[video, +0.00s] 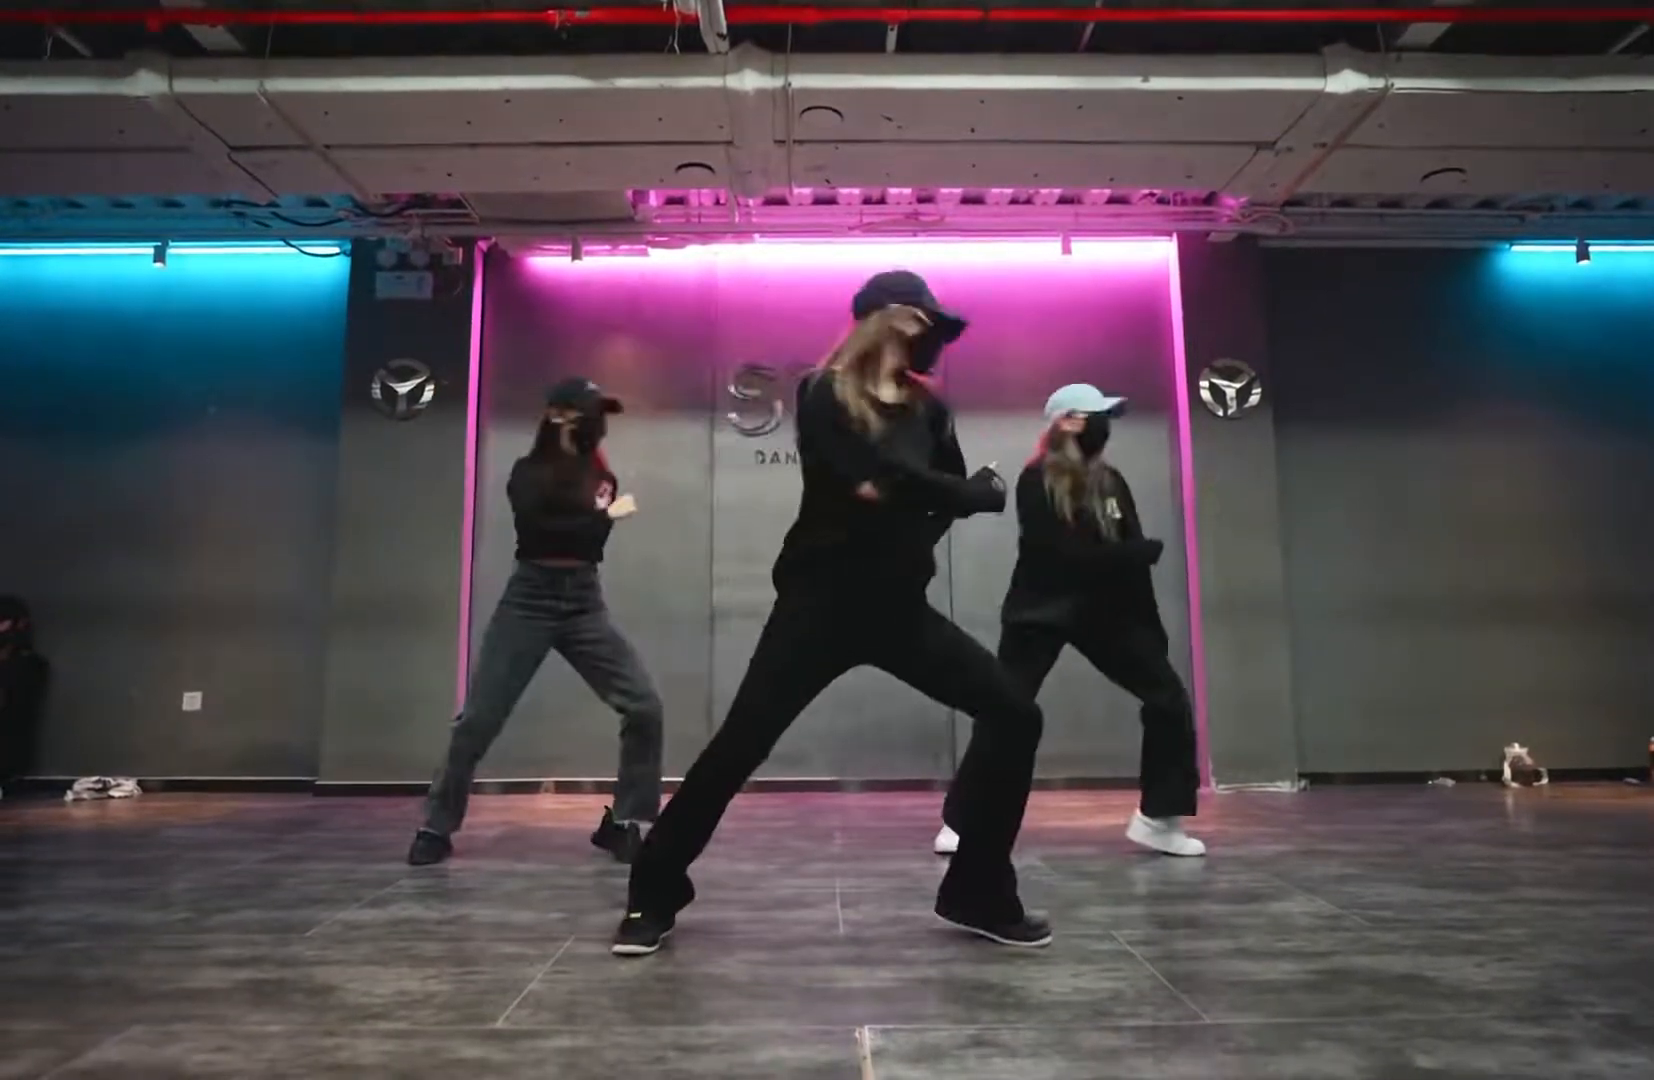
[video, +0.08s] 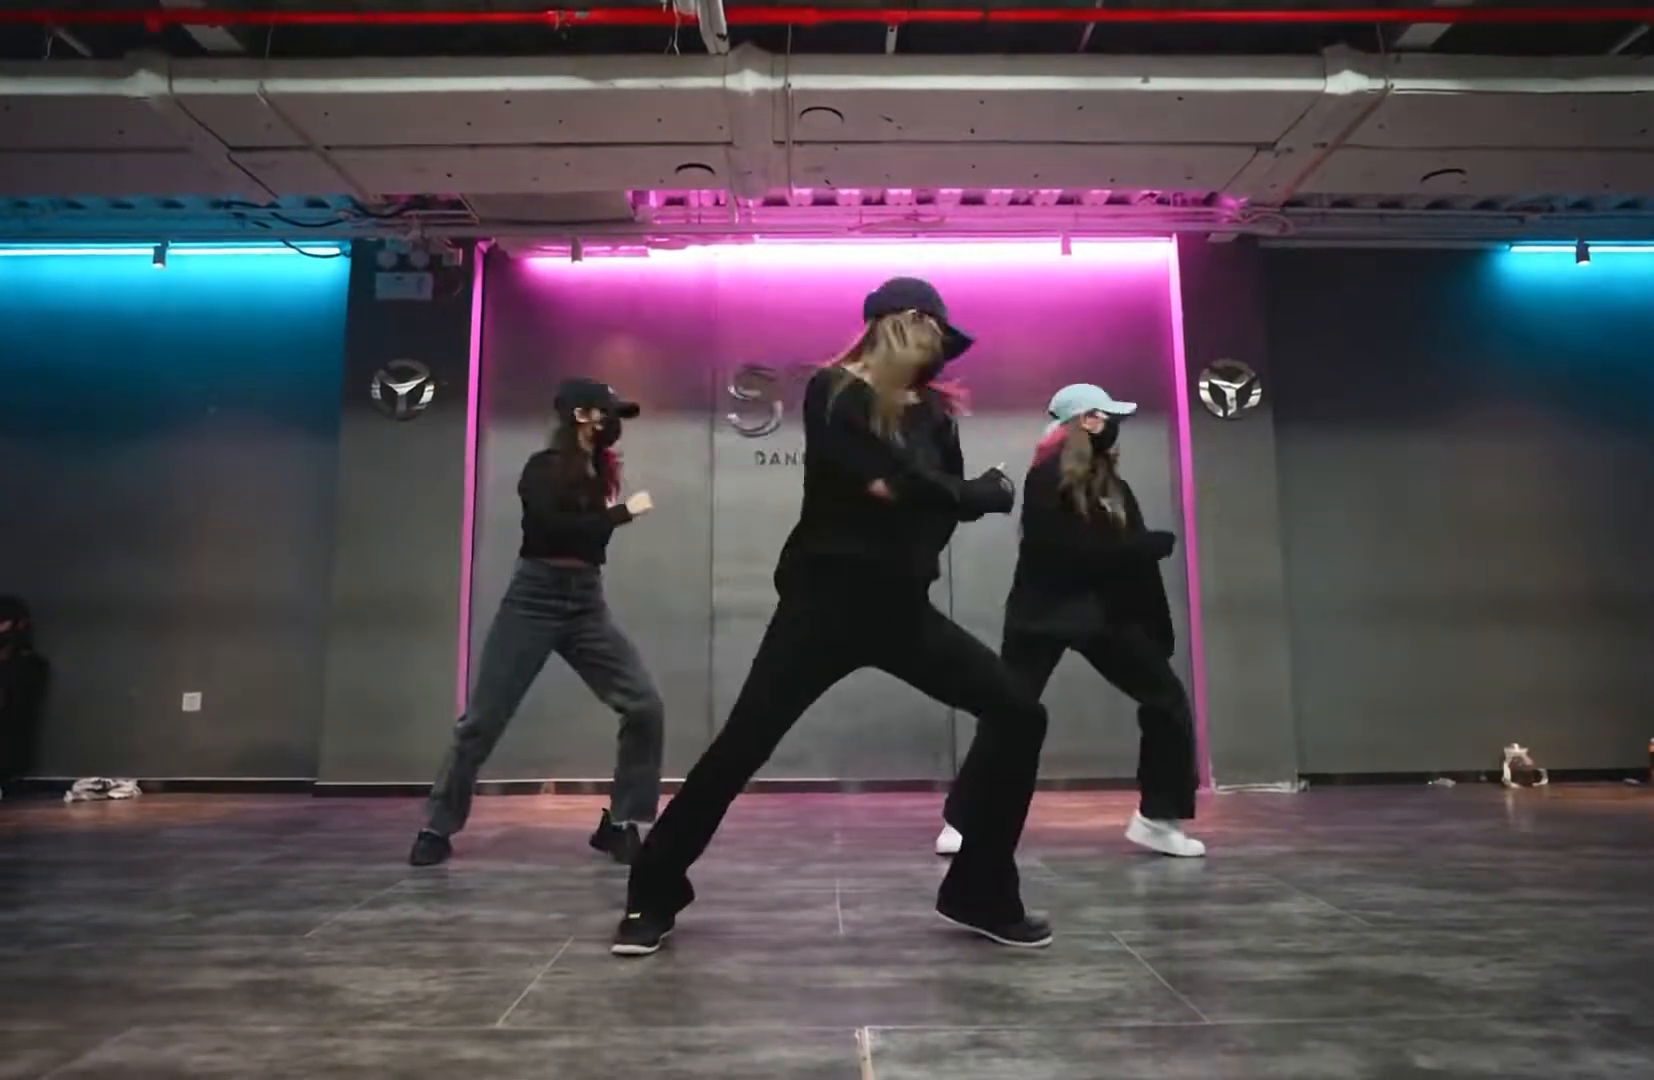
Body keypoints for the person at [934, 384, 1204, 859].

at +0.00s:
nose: (1107, 424)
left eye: (1106, 417)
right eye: (1097, 416)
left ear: (1088, 424)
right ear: (1067, 422)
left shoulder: (1109, 481)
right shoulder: (1038, 479)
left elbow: (1131, 560)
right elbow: (1054, 550)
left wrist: (1149, 629)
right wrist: (1136, 550)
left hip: (1103, 615)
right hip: (1040, 613)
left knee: (1169, 700)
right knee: (1004, 708)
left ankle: (1157, 818)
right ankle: (959, 822)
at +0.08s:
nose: (1116, 429)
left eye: (1115, 421)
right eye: (1109, 421)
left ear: (1089, 421)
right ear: (1085, 422)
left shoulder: (1109, 483)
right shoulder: (1049, 474)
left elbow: (1134, 570)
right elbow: (1059, 548)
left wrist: (1156, 633)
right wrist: (1144, 546)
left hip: (1097, 616)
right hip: (1040, 617)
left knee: (1167, 698)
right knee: (1008, 710)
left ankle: (1157, 818)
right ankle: (960, 821)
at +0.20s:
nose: (1111, 430)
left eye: (1112, 423)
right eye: (1105, 422)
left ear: (1084, 422)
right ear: (1078, 422)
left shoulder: (1095, 471)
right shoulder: (1046, 470)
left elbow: (1115, 539)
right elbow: (1056, 544)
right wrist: (1137, 542)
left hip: (1095, 619)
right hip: (1039, 619)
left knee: (1166, 698)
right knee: (1006, 711)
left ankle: (1157, 819)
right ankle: (960, 822)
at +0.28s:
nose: (1097, 430)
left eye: (1100, 422)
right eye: (1087, 422)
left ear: (1091, 423)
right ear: (1059, 422)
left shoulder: (1095, 474)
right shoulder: (1035, 476)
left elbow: (1119, 539)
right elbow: (1050, 541)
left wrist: (1094, 521)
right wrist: (1126, 544)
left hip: (1094, 620)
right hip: (1035, 621)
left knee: (1164, 699)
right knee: (1004, 712)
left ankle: (1157, 820)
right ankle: (959, 823)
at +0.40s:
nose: (1078, 424)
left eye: (1083, 416)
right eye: (1067, 416)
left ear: (1093, 422)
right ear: (1045, 424)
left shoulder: (1104, 473)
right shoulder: (1029, 477)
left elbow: (1118, 544)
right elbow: (1037, 540)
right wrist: (1113, 540)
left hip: (1098, 619)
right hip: (1032, 620)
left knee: (1160, 701)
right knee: (1002, 714)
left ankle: (1158, 823)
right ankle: (959, 826)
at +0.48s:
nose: (1073, 425)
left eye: (1079, 418)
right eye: (1063, 418)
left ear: (1088, 423)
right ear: (1042, 424)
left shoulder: (1107, 479)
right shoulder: (1027, 477)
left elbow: (1126, 542)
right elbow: (1034, 540)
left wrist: (1086, 525)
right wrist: (1106, 539)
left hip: (1100, 620)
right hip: (1031, 621)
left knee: (1159, 706)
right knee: (1001, 716)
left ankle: (1157, 825)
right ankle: (960, 827)